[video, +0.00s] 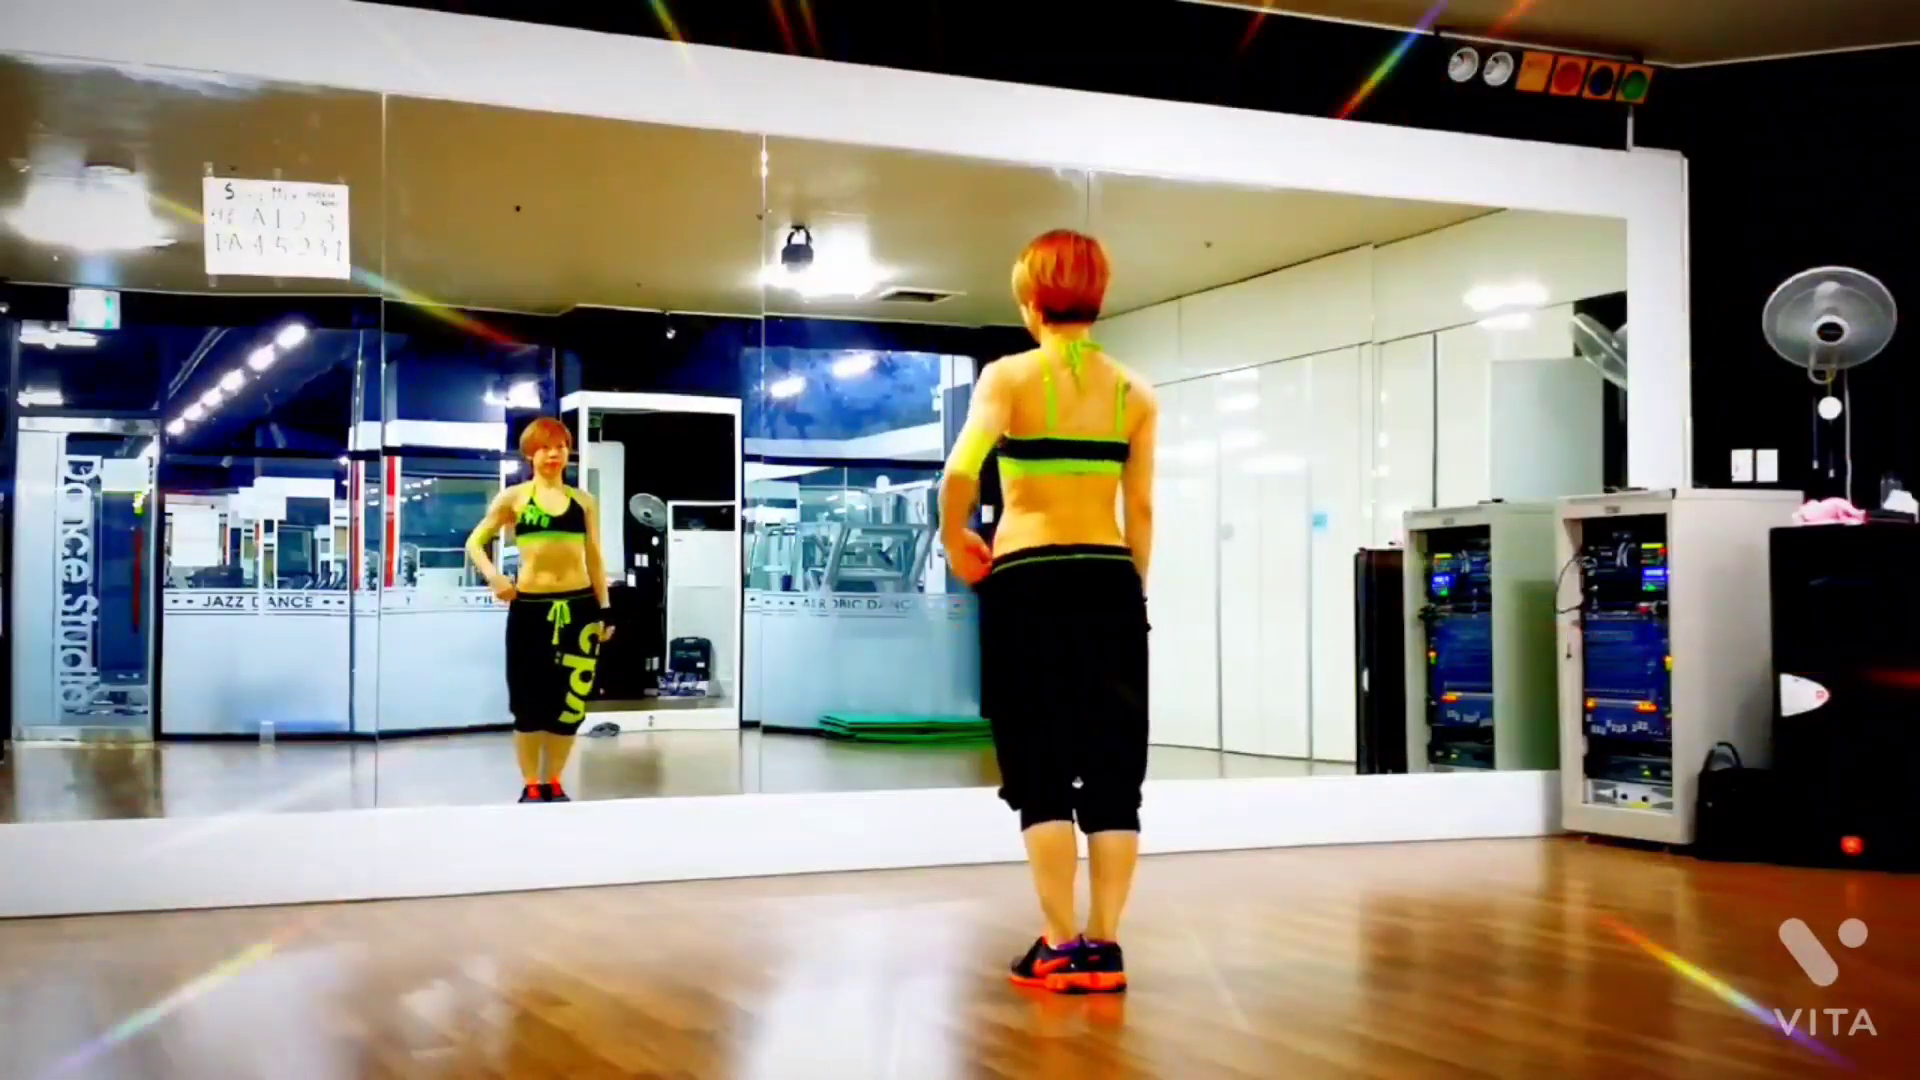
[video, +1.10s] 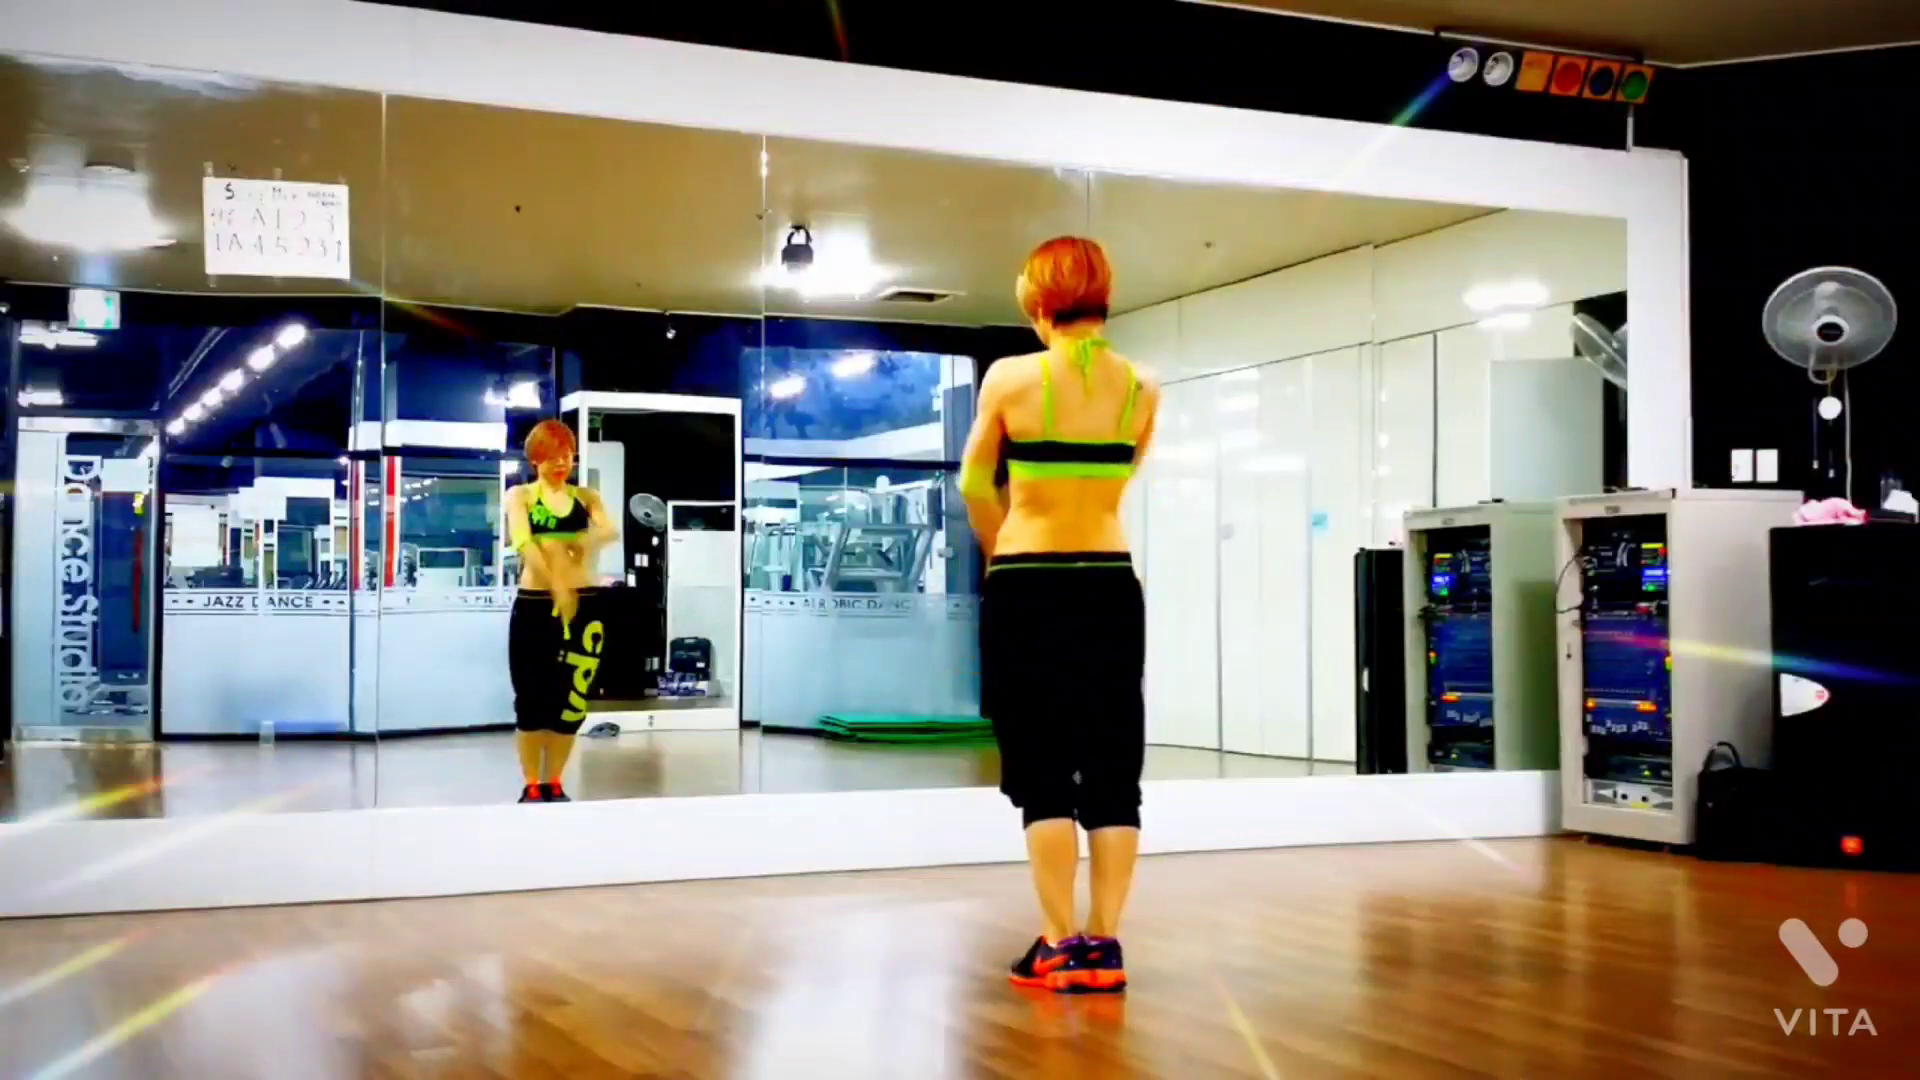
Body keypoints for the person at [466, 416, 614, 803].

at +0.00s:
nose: (552, 455)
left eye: (558, 448)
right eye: (544, 448)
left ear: (568, 454)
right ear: (530, 455)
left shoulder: (584, 501)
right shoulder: (514, 497)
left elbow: (595, 559)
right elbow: (475, 543)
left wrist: (604, 609)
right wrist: (496, 579)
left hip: (579, 606)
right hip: (531, 607)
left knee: (571, 701)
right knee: (530, 702)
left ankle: (552, 782)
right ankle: (532, 784)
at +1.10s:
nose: (560, 465)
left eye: (566, 457)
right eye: (551, 459)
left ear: (573, 458)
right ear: (535, 461)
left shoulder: (586, 496)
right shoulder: (519, 496)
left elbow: (611, 531)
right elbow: (525, 545)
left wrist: (577, 542)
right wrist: (557, 585)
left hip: (580, 603)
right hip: (533, 604)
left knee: (570, 697)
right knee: (532, 698)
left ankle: (553, 783)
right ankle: (531, 785)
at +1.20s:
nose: (561, 465)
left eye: (566, 458)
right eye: (552, 459)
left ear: (574, 459)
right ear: (537, 461)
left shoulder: (583, 496)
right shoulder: (520, 490)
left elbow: (611, 485)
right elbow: (524, 513)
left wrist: (566, 488)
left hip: (581, 602)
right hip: (533, 602)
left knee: (571, 700)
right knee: (531, 700)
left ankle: (553, 783)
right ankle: (531, 785)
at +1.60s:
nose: (554, 461)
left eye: (559, 454)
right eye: (546, 456)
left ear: (568, 458)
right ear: (531, 463)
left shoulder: (585, 499)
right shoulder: (521, 501)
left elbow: (590, 518)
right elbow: (549, 518)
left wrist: (577, 482)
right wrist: (566, 487)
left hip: (576, 608)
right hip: (530, 609)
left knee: (570, 708)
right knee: (537, 706)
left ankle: (553, 782)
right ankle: (532, 785)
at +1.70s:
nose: (554, 485)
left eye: (559, 478)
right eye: (545, 479)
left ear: (568, 488)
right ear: (531, 493)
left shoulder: (586, 537)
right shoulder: (521, 533)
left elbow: (583, 579)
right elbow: (537, 577)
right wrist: (570, 588)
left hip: (573, 640)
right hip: (529, 641)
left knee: (572, 733)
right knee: (540, 728)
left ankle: (552, 783)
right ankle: (532, 787)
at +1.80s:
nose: (556, 488)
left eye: (561, 483)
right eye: (547, 484)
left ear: (571, 494)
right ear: (532, 498)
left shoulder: (587, 543)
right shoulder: (519, 542)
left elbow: (591, 596)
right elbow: (521, 602)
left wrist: (589, 638)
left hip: (572, 637)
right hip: (529, 638)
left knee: (573, 729)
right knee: (538, 722)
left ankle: (553, 783)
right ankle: (532, 786)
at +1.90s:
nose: (554, 478)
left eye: (560, 472)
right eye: (545, 473)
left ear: (569, 484)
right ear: (531, 487)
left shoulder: (586, 534)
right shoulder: (516, 531)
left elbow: (604, 587)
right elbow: (494, 589)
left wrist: (619, 639)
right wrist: (479, 641)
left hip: (574, 637)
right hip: (528, 637)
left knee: (572, 730)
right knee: (536, 725)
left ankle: (551, 784)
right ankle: (531, 789)